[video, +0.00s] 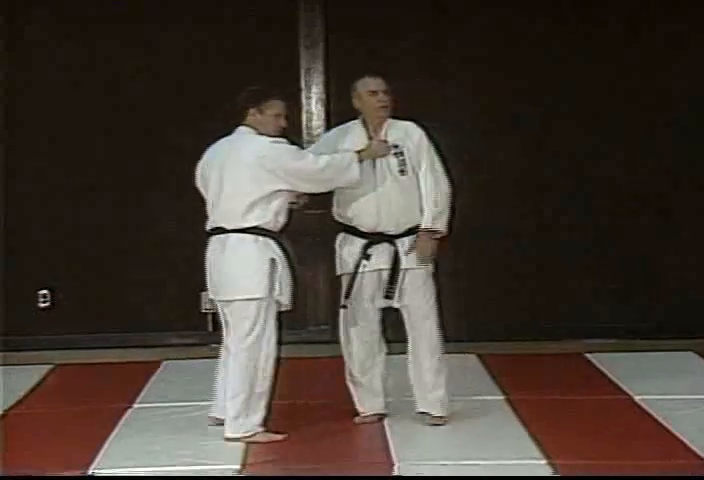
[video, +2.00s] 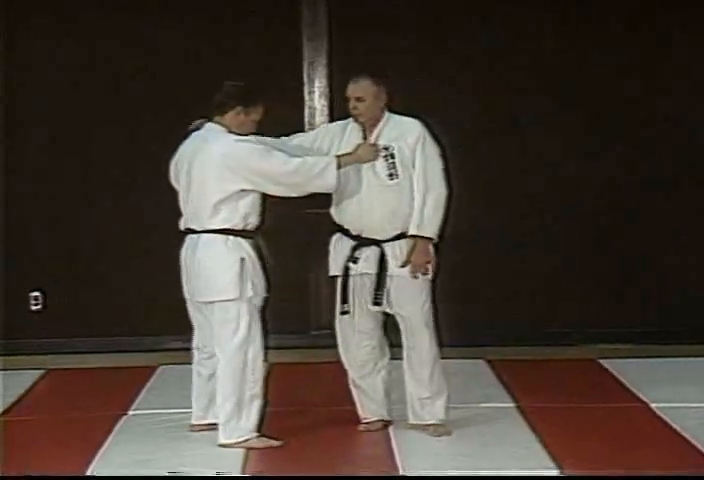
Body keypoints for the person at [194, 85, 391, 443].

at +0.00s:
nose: (283, 124)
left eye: (284, 117)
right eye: (277, 117)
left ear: (248, 117)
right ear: (254, 115)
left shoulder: (214, 153)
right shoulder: (269, 151)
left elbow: (208, 189)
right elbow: (316, 169)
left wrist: (277, 196)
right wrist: (362, 155)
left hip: (219, 250)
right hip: (252, 252)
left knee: (234, 338)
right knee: (252, 342)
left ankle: (223, 409)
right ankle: (243, 425)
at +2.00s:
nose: (256, 126)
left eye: (257, 119)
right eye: (254, 118)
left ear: (224, 113)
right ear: (237, 113)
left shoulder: (190, 146)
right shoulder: (235, 149)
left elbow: (175, 176)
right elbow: (288, 169)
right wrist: (350, 158)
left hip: (194, 249)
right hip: (228, 253)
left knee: (206, 340)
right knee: (239, 344)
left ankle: (203, 413)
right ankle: (237, 430)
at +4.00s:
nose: (254, 116)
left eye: (253, 110)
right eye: (250, 110)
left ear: (221, 112)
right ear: (230, 111)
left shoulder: (194, 146)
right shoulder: (240, 149)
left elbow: (181, 180)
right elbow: (295, 162)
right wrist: (353, 149)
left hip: (204, 250)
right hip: (238, 252)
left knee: (213, 340)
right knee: (246, 343)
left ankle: (209, 413)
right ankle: (239, 430)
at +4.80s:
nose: (277, 124)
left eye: (278, 117)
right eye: (275, 116)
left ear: (240, 113)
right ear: (259, 113)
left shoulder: (207, 144)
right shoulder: (255, 151)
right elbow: (311, 169)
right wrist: (365, 155)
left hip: (202, 248)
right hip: (236, 252)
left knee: (213, 341)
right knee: (247, 342)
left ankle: (212, 412)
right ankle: (242, 429)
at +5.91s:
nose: (312, 133)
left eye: (315, 127)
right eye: (312, 125)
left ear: (283, 115)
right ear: (297, 117)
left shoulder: (244, 139)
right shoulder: (281, 150)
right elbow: (330, 184)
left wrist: (335, 168)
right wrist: (387, 175)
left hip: (219, 243)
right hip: (249, 250)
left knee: (232, 336)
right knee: (264, 339)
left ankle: (229, 408)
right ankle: (264, 425)